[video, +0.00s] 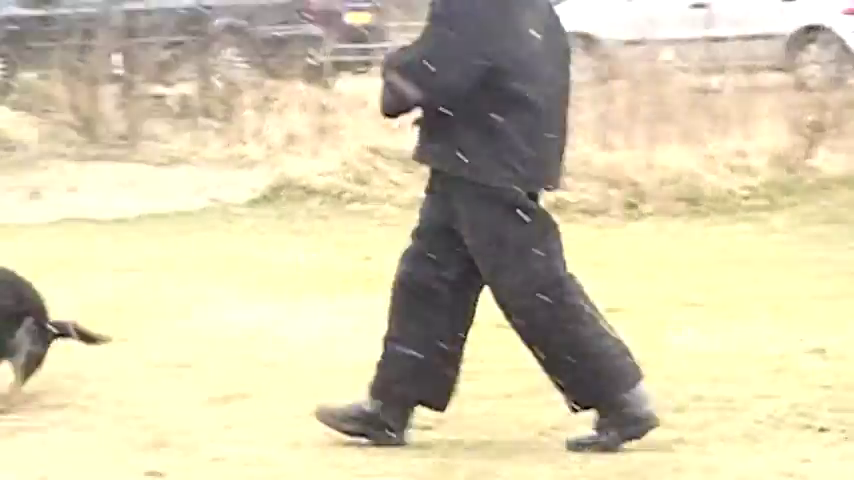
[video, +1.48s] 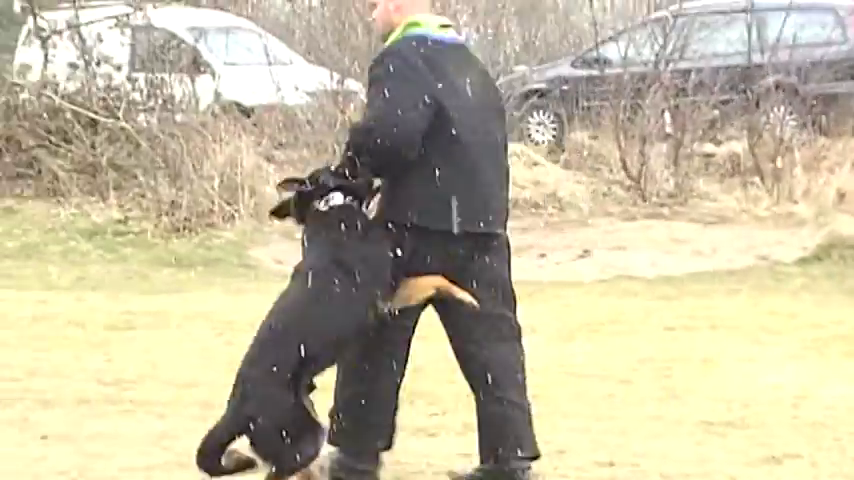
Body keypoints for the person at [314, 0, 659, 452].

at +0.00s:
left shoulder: (473, 10)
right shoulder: (531, 12)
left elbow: (440, 69)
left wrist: (397, 67)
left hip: (488, 166)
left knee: (536, 289)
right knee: (430, 283)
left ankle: (624, 406)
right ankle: (387, 408)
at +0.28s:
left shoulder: (599, 6)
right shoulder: (634, 8)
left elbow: (565, 51)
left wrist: (521, 39)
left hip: (584, 152)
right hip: (622, 155)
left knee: (539, 265)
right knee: (616, 274)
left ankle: (596, 397)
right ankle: (631, 406)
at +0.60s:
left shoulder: (547, 9)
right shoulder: (584, 13)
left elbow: (518, 77)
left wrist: (480, 68)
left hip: (543, 172)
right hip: (585, 175)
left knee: (501, 284)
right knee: (569, 281)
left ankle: (500, 414)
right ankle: (666, 362)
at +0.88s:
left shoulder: (426, 7)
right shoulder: (488, 12)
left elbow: (376, 42)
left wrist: (311, 48)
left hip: (424, 160)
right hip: (460, 161)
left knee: (437, 282)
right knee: (395, 269)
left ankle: (484, 415)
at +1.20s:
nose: (382, 8)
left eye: (386, 3)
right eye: (383, 5)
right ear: (428, 0)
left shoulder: (423, 33)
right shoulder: (447, 47)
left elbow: (399, 102)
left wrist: (346, 91)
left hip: (401, 200)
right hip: (386, 202)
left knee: (391, 315)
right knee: (358, 324)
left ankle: (502, 408)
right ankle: (376, 450)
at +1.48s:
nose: (372, 18)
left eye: (374, 8)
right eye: (372, 10)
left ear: (394, 7)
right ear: (427, 11)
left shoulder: (401, 57)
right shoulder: (473, 65)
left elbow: (394, 135)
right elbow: (486, 149)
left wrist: (358, 155)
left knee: (374, 344)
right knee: (495, 350)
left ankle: (355, 455)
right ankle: (511, 459)